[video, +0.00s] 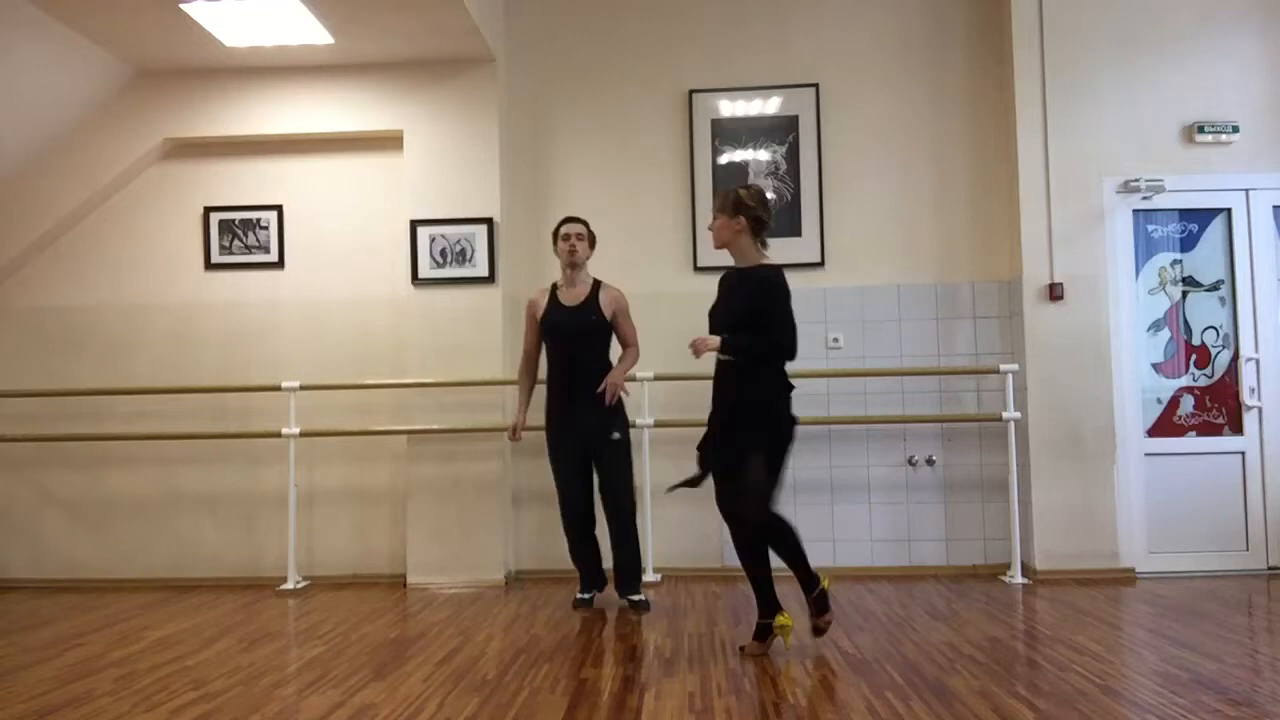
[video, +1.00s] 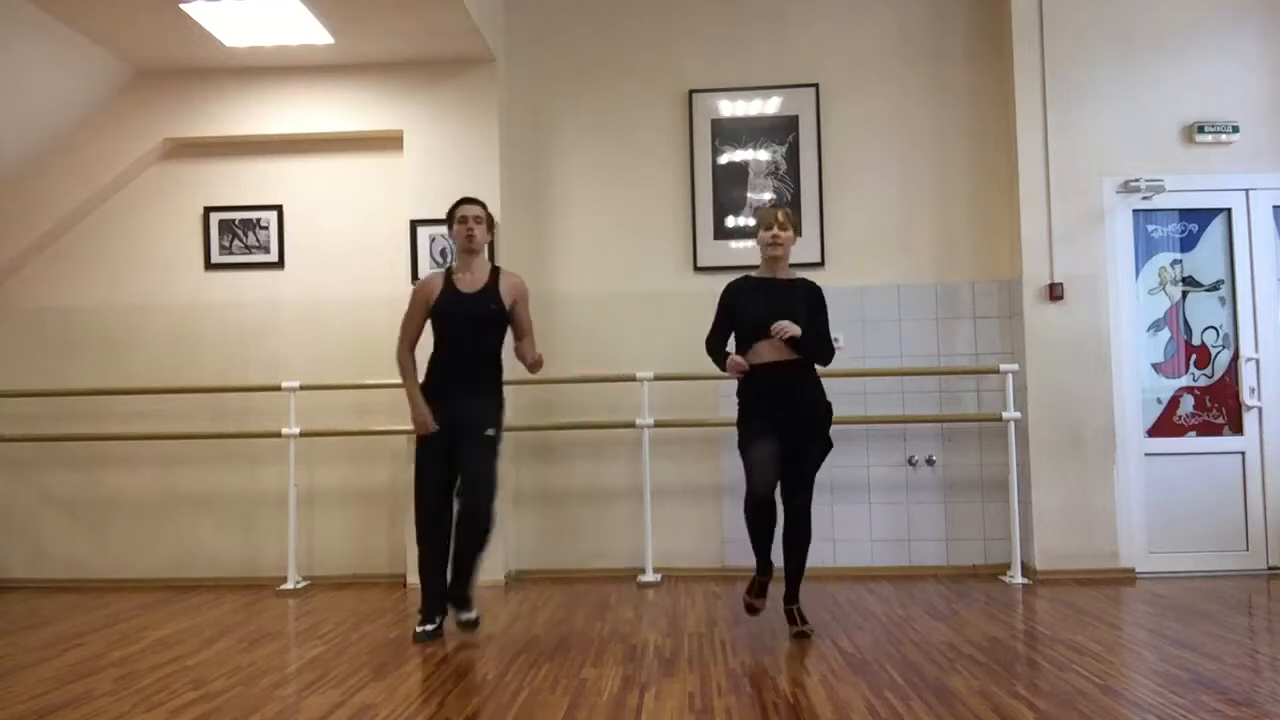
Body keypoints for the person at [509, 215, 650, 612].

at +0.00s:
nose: (572, 244)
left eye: (579, 239)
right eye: (565, 238)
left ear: (591, 248)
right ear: (555, 248)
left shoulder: (610, 297)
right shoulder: (540, 302)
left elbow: (632, 347)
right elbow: (529, 361)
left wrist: (619, 373)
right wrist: (522, 410)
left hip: (605, 412)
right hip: (562, 416)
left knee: (619, 504)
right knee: (574, 508)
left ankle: (630, 587)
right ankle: (589, 582)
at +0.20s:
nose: (558, 244)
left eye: (564, 238)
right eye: (551, 238)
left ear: (576, 247)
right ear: (541, 247)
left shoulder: (595, 297)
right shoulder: (524, 301)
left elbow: (622, 339)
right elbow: (511, 351)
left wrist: (605, 372)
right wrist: (512, 387)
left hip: (585, 402)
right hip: (546, 405)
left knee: (586, 486)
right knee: (565, 493)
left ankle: (587, 573)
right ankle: (587, 580)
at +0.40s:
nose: (535, 243)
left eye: (542, 238)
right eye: (528, 238)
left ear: (554, 247)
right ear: (518, 247)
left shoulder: (572, 299)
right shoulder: (502, 301)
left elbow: (589, 350)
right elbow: (491, 358)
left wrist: (574, 377)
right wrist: (493, 402)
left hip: (555, 407)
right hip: (516, 406)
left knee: (539, 502)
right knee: (525, 499)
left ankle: (514, 590)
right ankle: (573, 563)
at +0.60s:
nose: (516, 234)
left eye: (523, 228)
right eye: (509, 228)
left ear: (536, 238)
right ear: (499, 238)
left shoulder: (552, 290)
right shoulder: (481, 292)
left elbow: (573, 348)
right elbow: (469, 349)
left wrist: (554, 358)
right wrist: (470, 400)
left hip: (539, 408)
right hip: (495, 406)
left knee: (530, 507)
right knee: (469, 495)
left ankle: (517, 598)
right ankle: (485, 575)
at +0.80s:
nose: (493, 235)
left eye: (500, 229)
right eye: (486, 229)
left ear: (512, 238)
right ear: (474, 239)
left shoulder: (528, 293)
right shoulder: (453, 293)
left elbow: (545, 356)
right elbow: (438, 350)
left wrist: (535, 361)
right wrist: (441, 402)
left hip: (514, 413)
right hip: (467, 413)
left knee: (520, 511)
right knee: (445, 509)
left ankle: (517, 600)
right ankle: (435, 610)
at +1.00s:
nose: (469, 228)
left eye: (477, 222)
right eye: (461, 222)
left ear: (490, 232)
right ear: (450, 233)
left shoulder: (510, 286)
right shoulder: (431, 287)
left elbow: (523, 338)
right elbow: (405, 349)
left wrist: (530, 357)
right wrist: (417, 403)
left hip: (483, 404)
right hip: (437, 403)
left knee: (478, 505)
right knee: (431, 508)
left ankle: (461, 592)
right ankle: (431, 610)